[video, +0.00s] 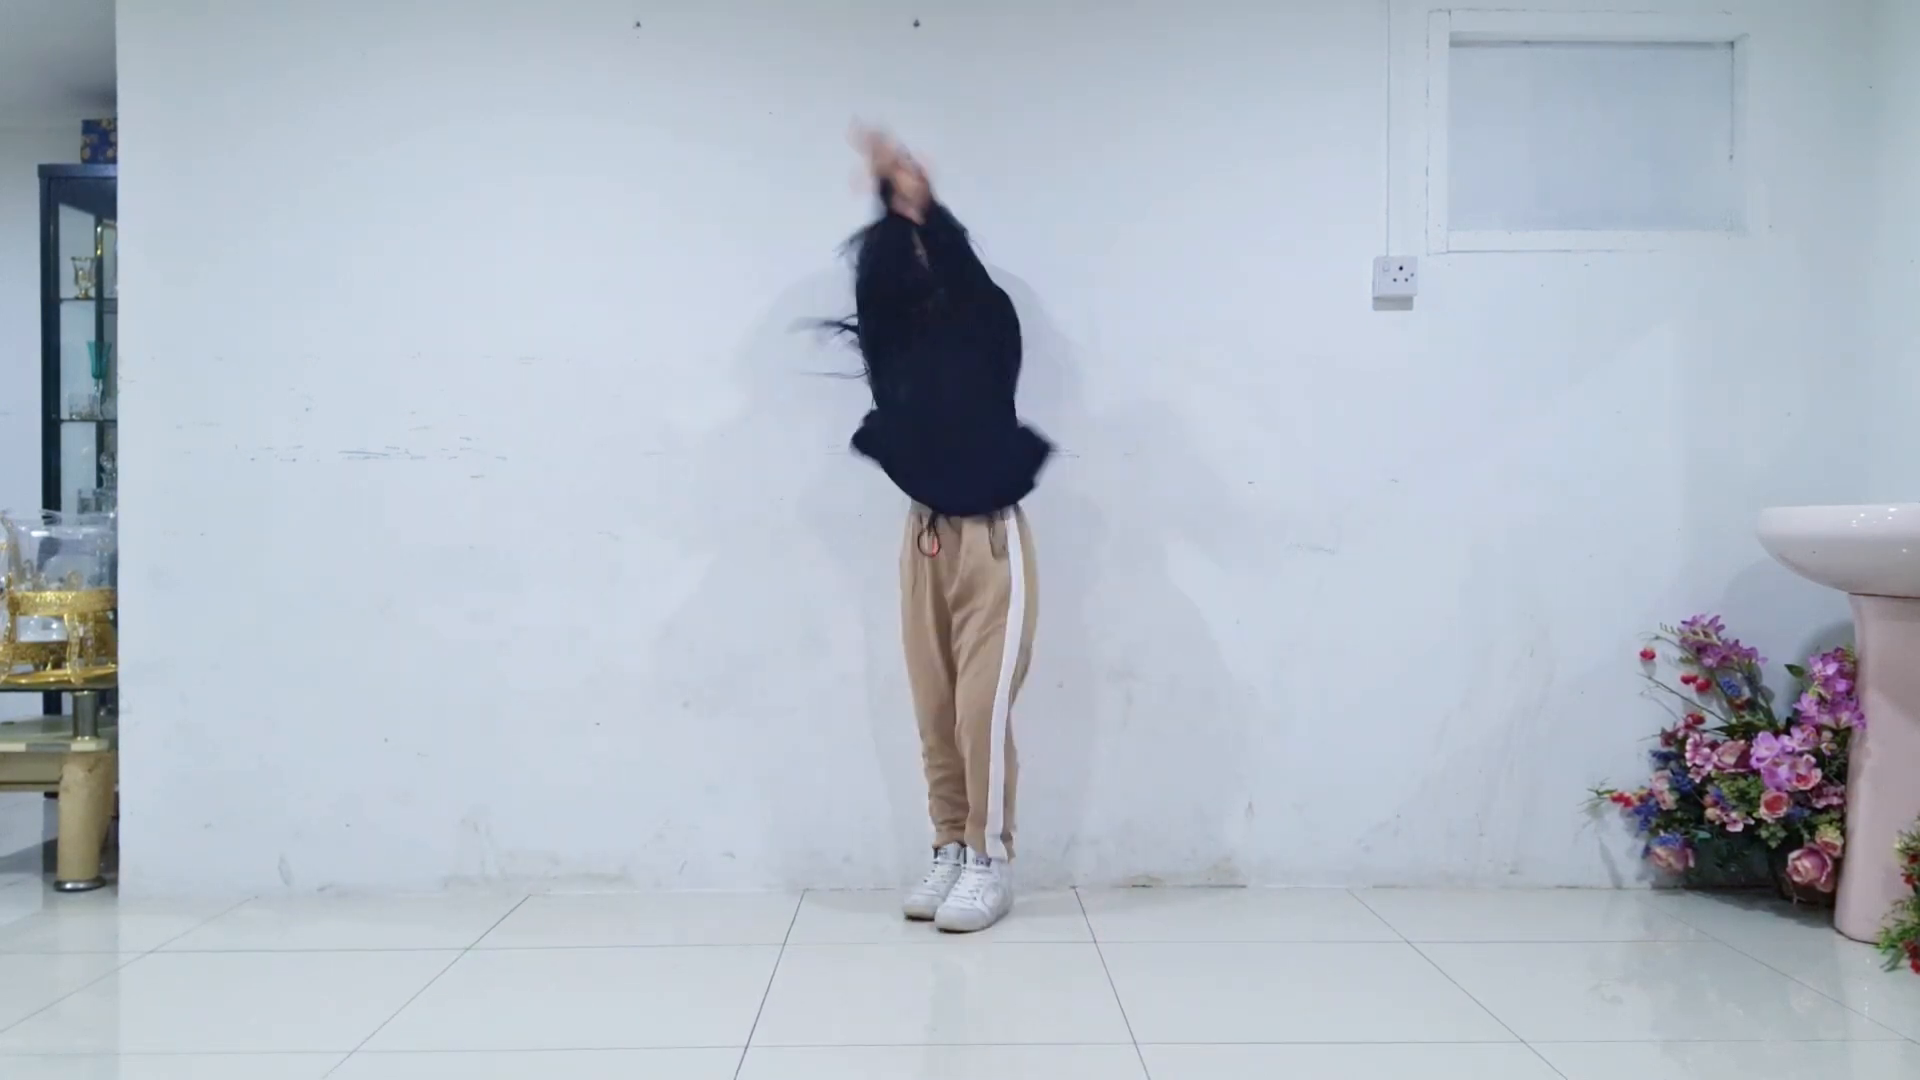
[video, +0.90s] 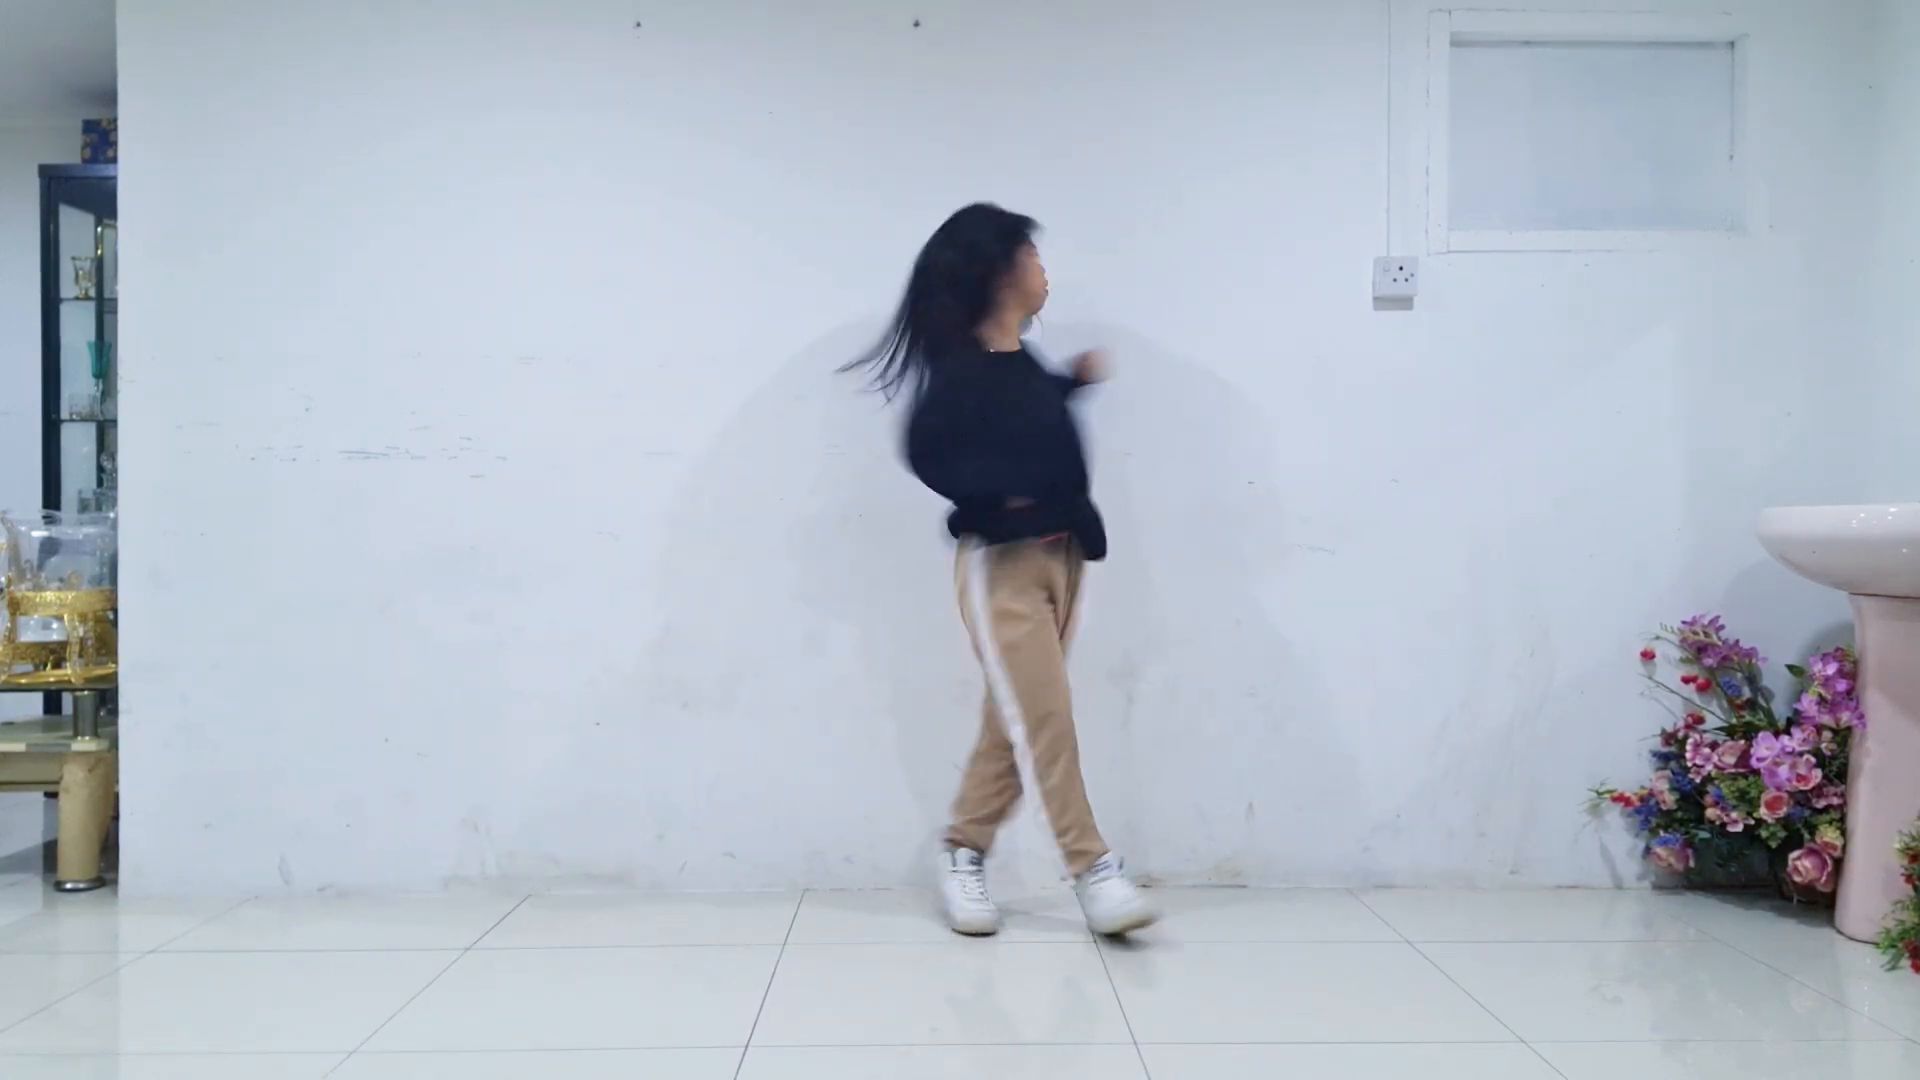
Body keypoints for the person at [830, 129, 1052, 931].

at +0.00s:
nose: (919, 256)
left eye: (930, 244)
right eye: (897, 245)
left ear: (948, 251)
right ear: (884, 270)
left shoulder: (987, 318)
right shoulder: (891, 336)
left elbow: (959, 268)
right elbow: (876, 278)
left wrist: (926, 205)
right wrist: (891, 210)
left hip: (994, 536)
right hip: (922, 533)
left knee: (981, 705)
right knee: (934, 706)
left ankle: (989, 864)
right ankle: (950, 856)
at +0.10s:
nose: (945, 262)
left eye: (956, 249)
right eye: (930, 256)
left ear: (981, 263)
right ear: (914, 273)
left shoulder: (1006, 334)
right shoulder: (893, 339)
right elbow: (876, 342)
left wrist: (976, 298)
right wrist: (902, 288)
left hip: (996, 542)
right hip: (922, 543)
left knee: (980, 706)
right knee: (931, 707)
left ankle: (989, 865)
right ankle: (950, 856)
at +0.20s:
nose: (944, 276)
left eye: (958, 264)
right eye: (930, 267)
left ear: (983, 278)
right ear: (912, 285)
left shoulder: (1015, 361)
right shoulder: (896, 367)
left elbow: (1059, 399)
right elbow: (861, 419)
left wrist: (996, 371)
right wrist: (918, 378)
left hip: (1004, 558)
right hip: (928, 557)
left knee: (985, 710)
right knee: (927, 714)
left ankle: (991, 867)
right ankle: (945, 859)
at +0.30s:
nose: (952, 278)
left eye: (967, 266)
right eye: (938, 269)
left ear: (992, 281)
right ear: (921, 289)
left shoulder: (1031, 370)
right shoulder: (906, 382)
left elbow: (1082, 462)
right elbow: (879, 471)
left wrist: (1019, 473)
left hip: (1018, 572)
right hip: (935, 576)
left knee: (999, 722)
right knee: (907, 710)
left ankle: (991, 864)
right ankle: (936, 835)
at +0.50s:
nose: (965, 279)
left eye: (981, 267)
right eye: (951, 267)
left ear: (1005, 282)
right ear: (932, 283)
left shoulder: (1025, 359)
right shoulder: (930, 378)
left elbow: (1072, 403)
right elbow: (939, 469)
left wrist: (999, 385)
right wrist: (927, 527)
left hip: (1037, 567)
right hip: (961, 572)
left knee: (1020, 717)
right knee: (956, 708)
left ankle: (994, 860)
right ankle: (1041, 845)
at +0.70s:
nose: (975, 288)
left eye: (990, 273)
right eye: (960, 274)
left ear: (1015, 289)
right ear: (942, 291)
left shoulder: (1033, 360)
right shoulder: (946, 383)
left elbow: (1048, 370)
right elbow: (950, 469)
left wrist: (1041, 355)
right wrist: (939, 516)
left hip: (1050, 571)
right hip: (971, 582)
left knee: (1042, 727)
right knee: (1022, 730)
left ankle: (999, 857)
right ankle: (1087, 876)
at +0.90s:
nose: (1044, 268)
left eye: (1037, 254)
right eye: (1031, 256)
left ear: (998, 276)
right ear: (997, 274)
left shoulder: (1024, 358)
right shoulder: (955, 371)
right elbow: (926, 451)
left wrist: (1073, 378)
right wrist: (996, 491)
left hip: (1063, 554)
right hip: (997, 561)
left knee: (1015, 715)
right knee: (1045, 716)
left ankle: (963, 854)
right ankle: (1093, 873)